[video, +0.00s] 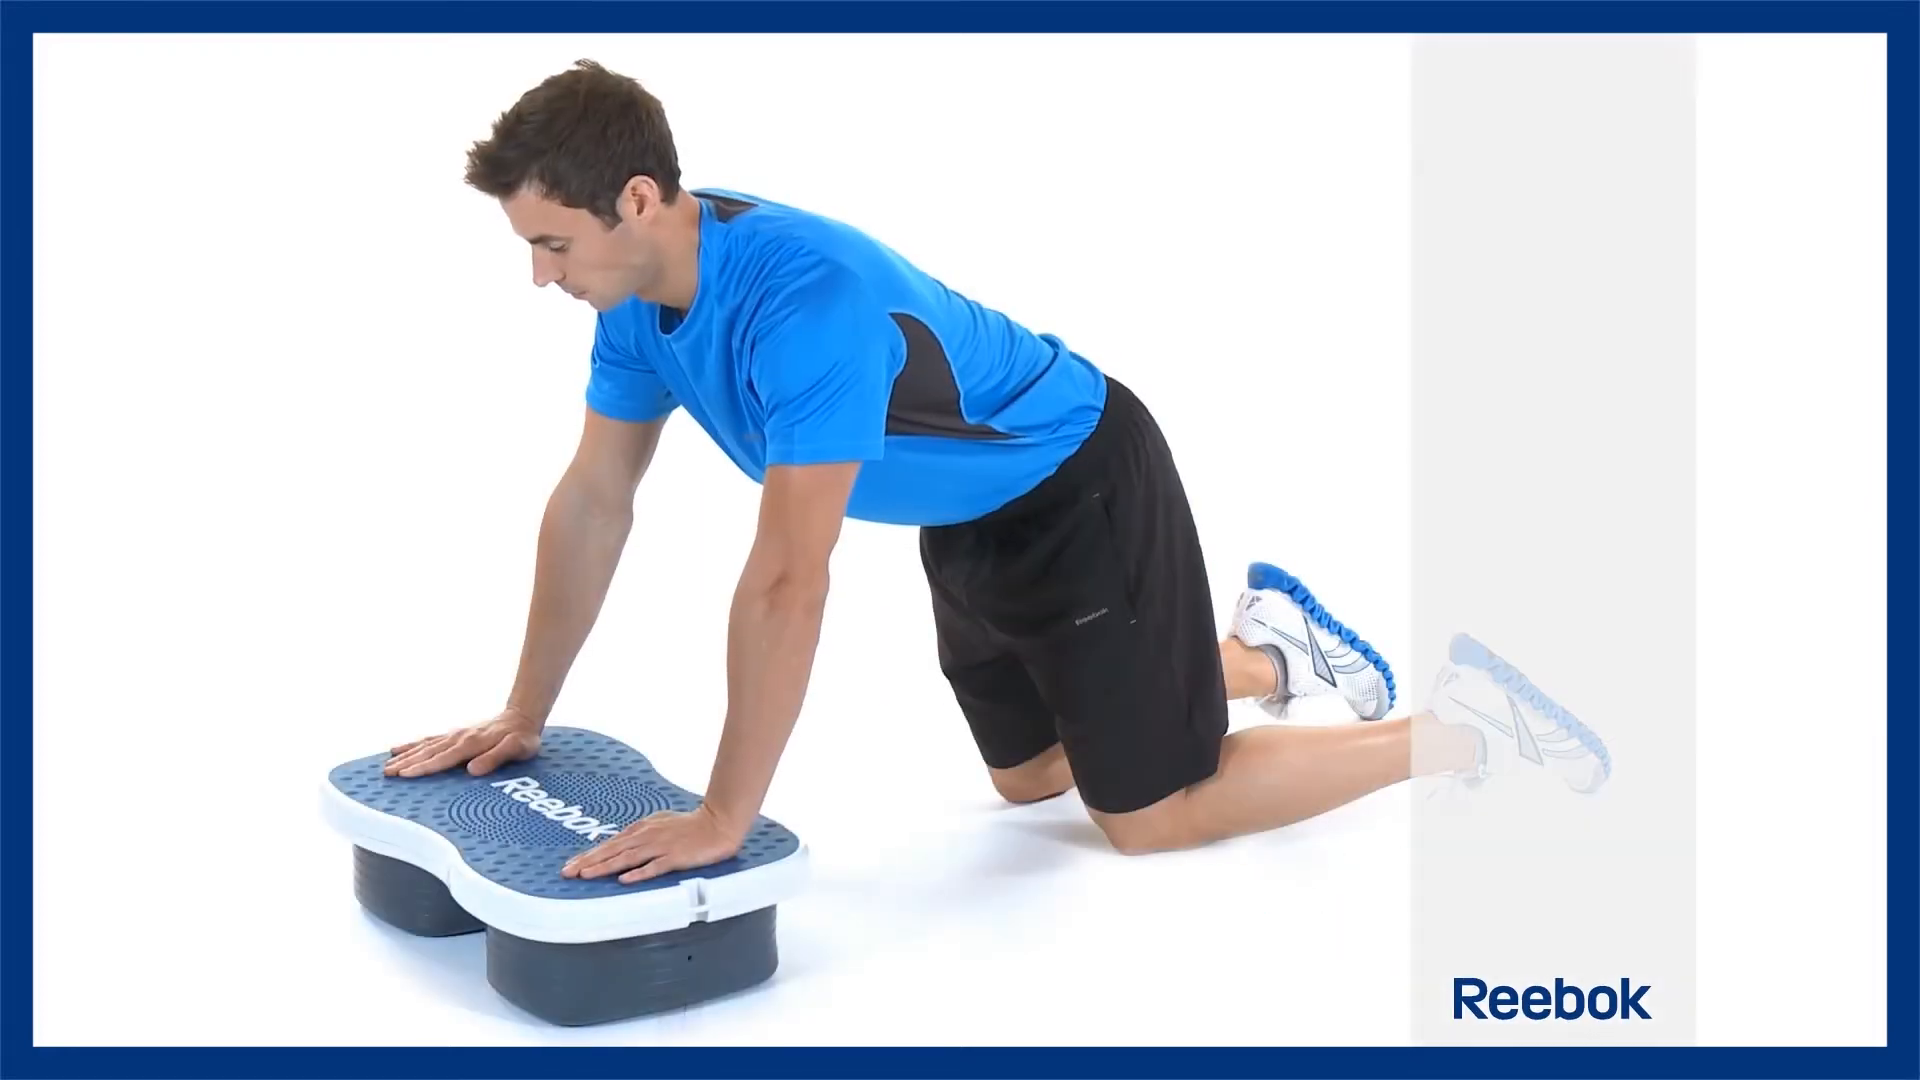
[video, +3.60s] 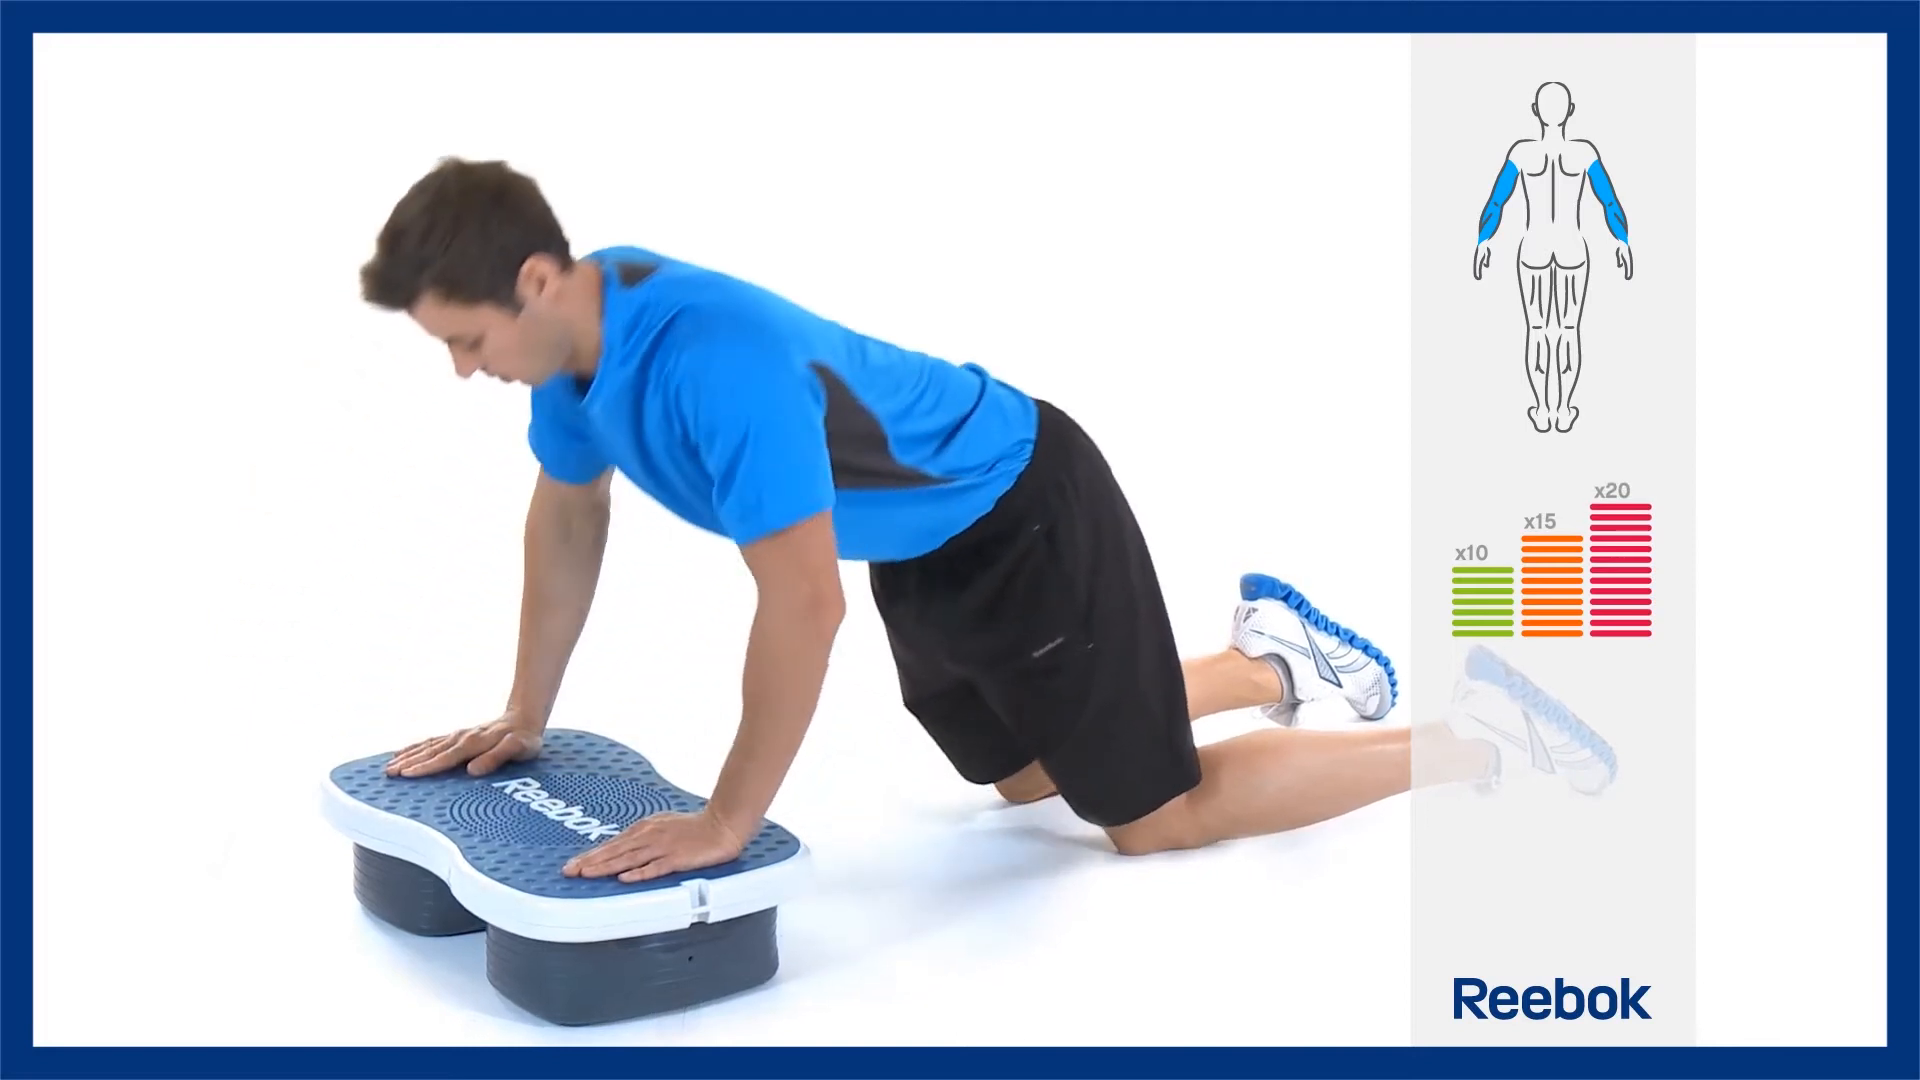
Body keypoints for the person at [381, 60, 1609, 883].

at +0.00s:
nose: (539, 275)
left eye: (550, 245)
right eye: (527, 249)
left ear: (641, 201)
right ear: (611, 213)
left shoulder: (804, 302)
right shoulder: (636, 310)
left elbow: (787, 583)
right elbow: (590, 510)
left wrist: (727, 814)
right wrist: (526, 715)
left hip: (1077, 477)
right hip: (958, 517)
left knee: (1154, 808)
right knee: (1039, 778)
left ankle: (1450, 733)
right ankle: (1263, 659)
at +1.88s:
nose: (478, 392)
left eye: (478, 362)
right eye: (459, 370)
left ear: (556, 301)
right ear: (533, 305)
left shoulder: (736, 381)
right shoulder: (588, 372)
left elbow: (848, 623)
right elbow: (577, 535)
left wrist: (731, 816)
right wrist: (519, 720)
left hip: (1044, 502)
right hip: (937, 554)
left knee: (1155, 815)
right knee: (1033, 781)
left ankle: (1470, 748)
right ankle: (1258, 667)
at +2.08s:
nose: (409, 530)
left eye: (409, 503)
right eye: (389, 512)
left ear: (481, 441)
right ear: (464, 434)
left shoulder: (664, 467)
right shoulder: (534, 411)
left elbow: (853, 646)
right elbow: (574, 551)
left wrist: (733, 820)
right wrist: (523, 713)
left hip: (997, 522)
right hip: (899, 567)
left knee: (1154, 809)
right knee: (1032, 771)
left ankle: (1467, 751)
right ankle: (1255, 657)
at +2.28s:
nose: (359, 659)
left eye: (349, 635)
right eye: (336, 644)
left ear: (406, 568)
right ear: (395, 553)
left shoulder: (603, 560)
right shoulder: (472, 486)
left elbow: (846, 649)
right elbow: (545, 593)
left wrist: (733, 822)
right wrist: (522, 716)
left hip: (957, 558)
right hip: (871, 594)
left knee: (1168, 806)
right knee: (1022, 769)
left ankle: (1465, 750)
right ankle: (1260, 659)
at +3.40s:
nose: (390, 518)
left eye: (388, 491)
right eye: (369, 502)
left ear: (455, 430)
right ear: (440, 431)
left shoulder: (634, 462)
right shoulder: (516, 430)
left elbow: (831, 638)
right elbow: (553, 554)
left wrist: (735, 820)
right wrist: (524, 716)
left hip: (978, 539)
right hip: (885, 583)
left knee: (1137, 805)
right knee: (1001, 762)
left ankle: (1466, 745)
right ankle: (1264, 657)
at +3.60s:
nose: (466, 369)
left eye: (466, 339)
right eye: (447, 349)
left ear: (540, 278)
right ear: (515, 287)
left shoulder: (707, 360)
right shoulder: (573, 351)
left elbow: (798, 597)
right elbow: (565, 527)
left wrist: (731, 814)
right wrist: (522, 720)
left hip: (1024, 507)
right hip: (915, 551)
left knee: (1155, 813)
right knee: (1022, 774)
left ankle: (1474, 742)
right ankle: (1266, 665)